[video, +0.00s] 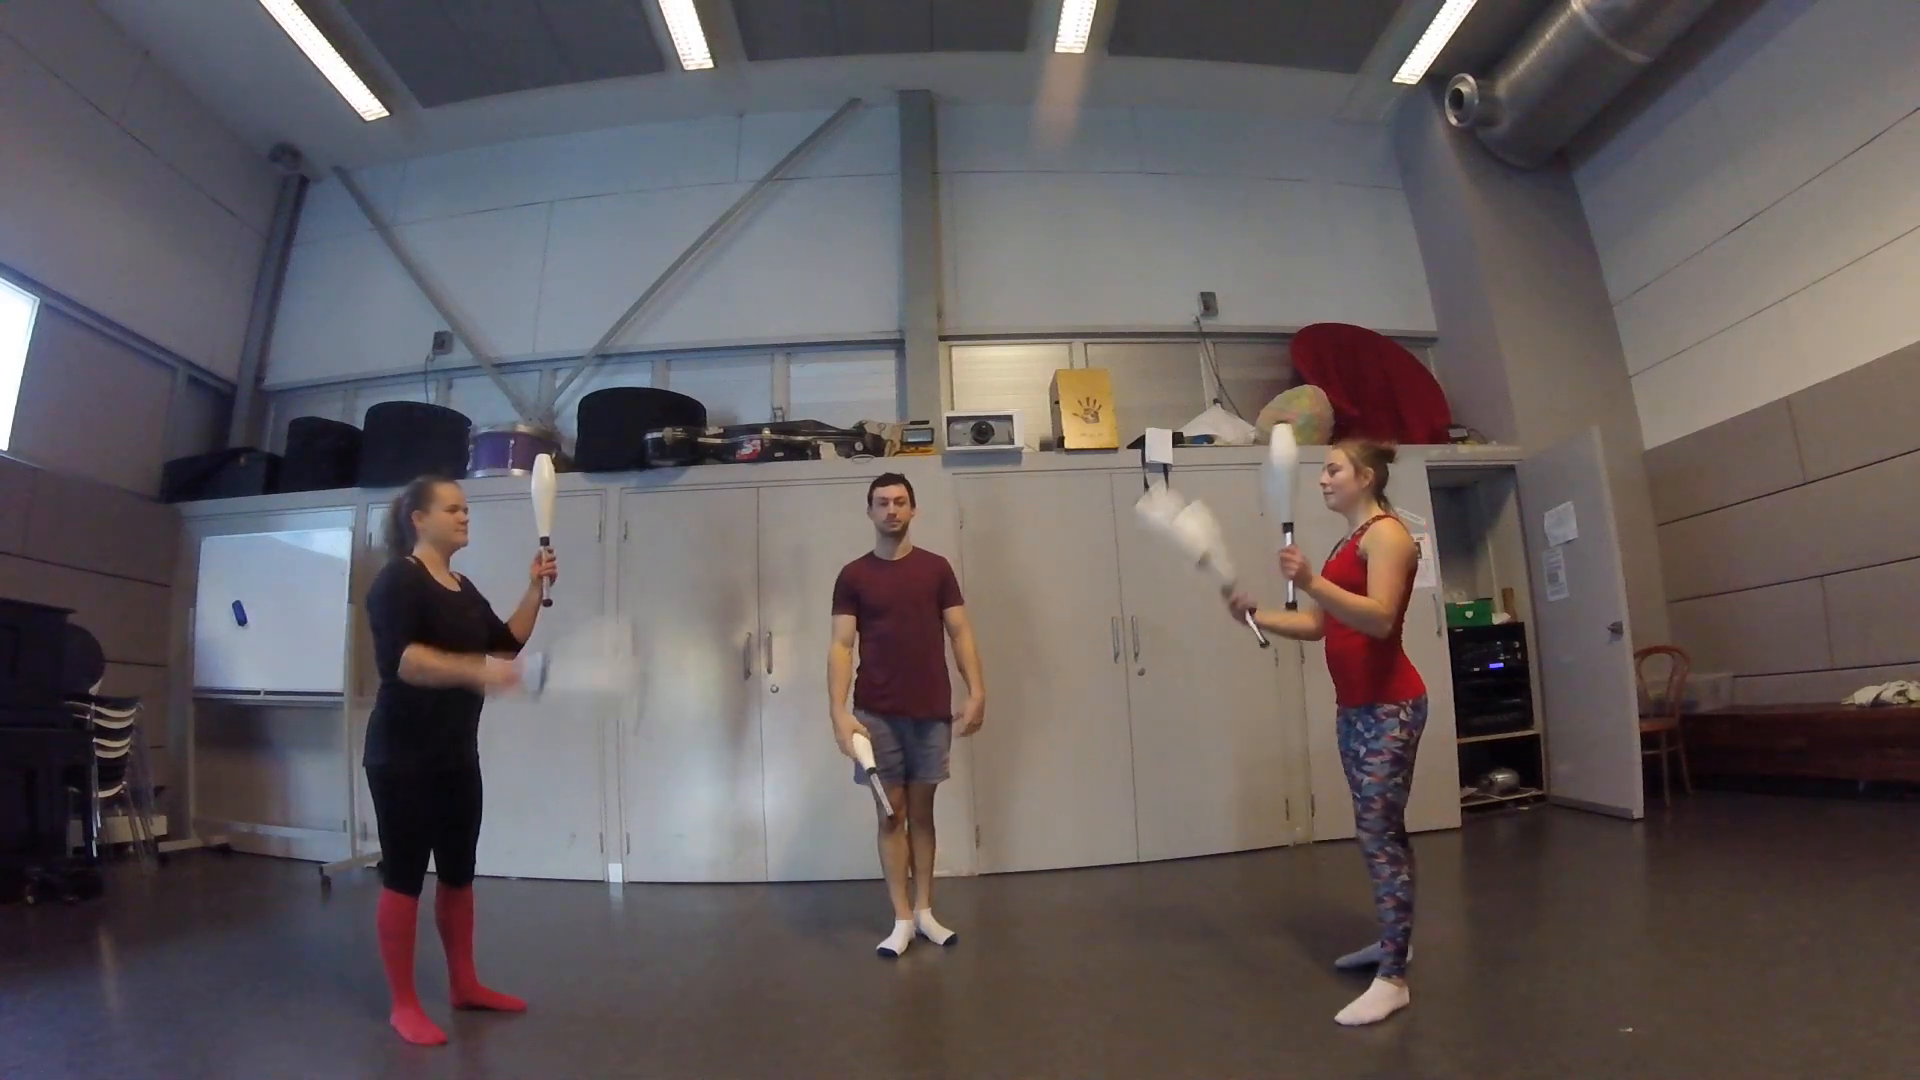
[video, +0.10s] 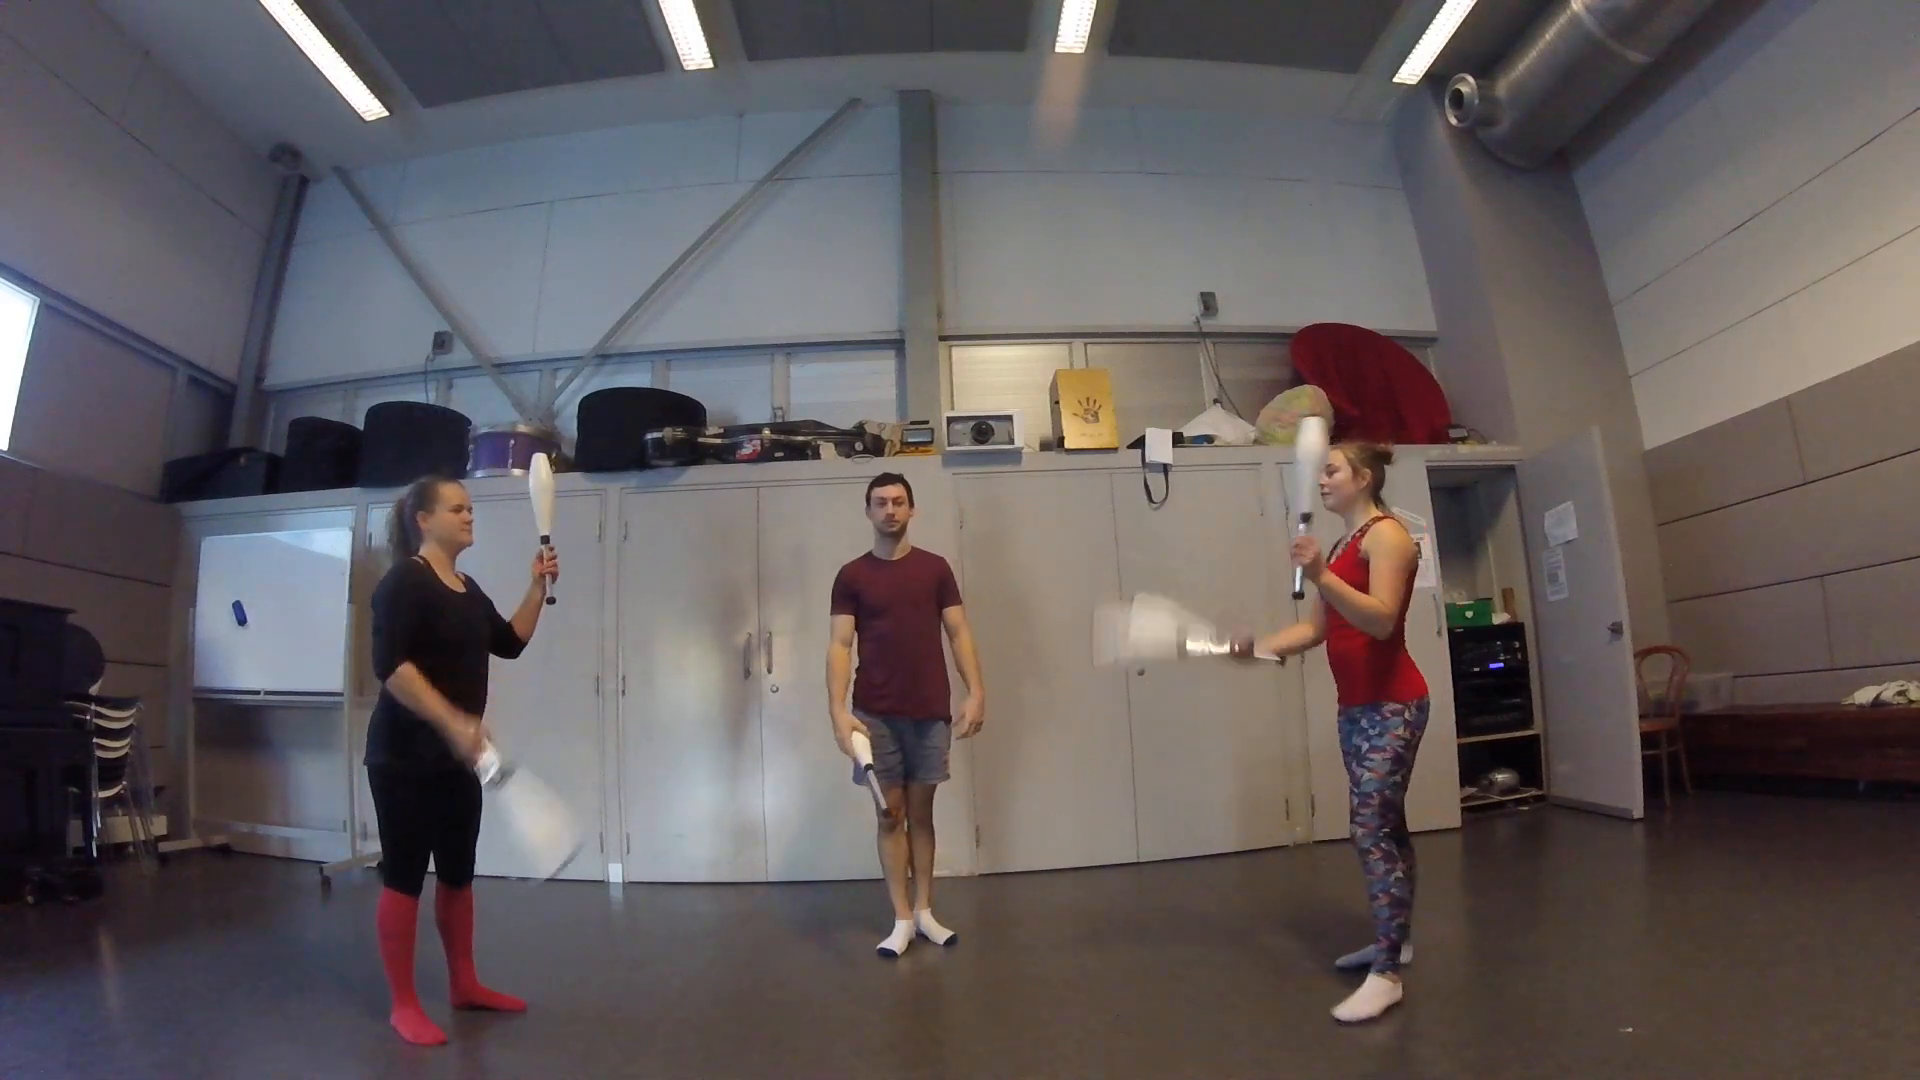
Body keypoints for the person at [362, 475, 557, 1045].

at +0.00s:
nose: (465, 519)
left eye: (465, 510)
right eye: (454, 510)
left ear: (458, 522)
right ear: (417, 519)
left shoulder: (462, 586)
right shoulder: (395, 582)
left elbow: (505, 645)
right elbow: (400, 660)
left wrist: (536, 590)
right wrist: (481, 671)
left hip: (457, 748)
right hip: (402, 751)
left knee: (457, 871)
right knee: (403, 875)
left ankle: (465, 986)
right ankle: (404, 1005)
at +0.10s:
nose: (469, 518)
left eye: (470, 510)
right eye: (458, 510)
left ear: (463, 523)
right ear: (422, 520)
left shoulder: (467, 587)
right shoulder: (401, 584)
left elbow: (508, 644)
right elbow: (391, 669)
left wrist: (538, 587)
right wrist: (455, 723)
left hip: (461, 749)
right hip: (405, 751)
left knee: (457, 872)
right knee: (404, 876)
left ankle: (465, 986)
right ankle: (404, 1006)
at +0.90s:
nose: (471, 518)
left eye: (472, 510)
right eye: (459, 509)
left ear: (464, 523)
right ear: (425, 521)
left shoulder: (479, 593)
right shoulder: (406, 582)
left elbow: (502, 664)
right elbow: (414, 655)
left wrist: (532, 714)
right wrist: (486, 663)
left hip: (472, 751)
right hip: (416, 752)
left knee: (465, 871)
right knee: (414, 874)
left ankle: (466, 986)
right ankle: (406, 1004)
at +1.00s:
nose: (472, 518)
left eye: (472, 510)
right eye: (460, 510)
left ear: (467, 523)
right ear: (426, 522)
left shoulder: (478, 591)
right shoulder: (406, 584)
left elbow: (504, 665)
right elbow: (397, 660)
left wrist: (541, 678)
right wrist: (463, 698)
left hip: (473, 749)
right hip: (418, 751)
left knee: (466, 872)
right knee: (416, 874)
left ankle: (467, 987)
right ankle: (405, 1005)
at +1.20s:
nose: (470, 519)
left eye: (470, 511)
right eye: (458, 512)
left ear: (468, 522)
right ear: (424, 524)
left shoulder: (479, 594)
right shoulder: (405, 586)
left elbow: (523, 653)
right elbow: (401, 668)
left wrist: (572, 610)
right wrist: (471, 713)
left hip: (470, 752)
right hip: (421, 754)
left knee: (468, 875)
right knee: (429, 881)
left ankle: (467, 988)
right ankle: (407, 1008)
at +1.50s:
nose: (462, 518)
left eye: (463, 510)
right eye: (449, 510)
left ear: (462, 521)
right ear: (416, 523)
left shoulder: (468, 593)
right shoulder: (401, 582)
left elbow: (500, 663)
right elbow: (423, 645)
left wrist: (565, 661)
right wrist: (504, 610)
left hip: (468, 753)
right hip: (415, 755)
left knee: (465, 872)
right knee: (415, 877)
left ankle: (466, 987)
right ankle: (408, 1010)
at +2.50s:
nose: (461, 514)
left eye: (461, 505)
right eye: (449, 506)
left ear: (455, 519)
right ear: (415, 517)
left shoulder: (467, 589)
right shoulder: (392, 578)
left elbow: (489, 666)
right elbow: (400, 656)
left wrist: (510, 724)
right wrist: (464, 630)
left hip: (464, 753)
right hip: (407, 755)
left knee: (461, 874)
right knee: (410, 879)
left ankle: (465, 988)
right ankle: (408, 1011)